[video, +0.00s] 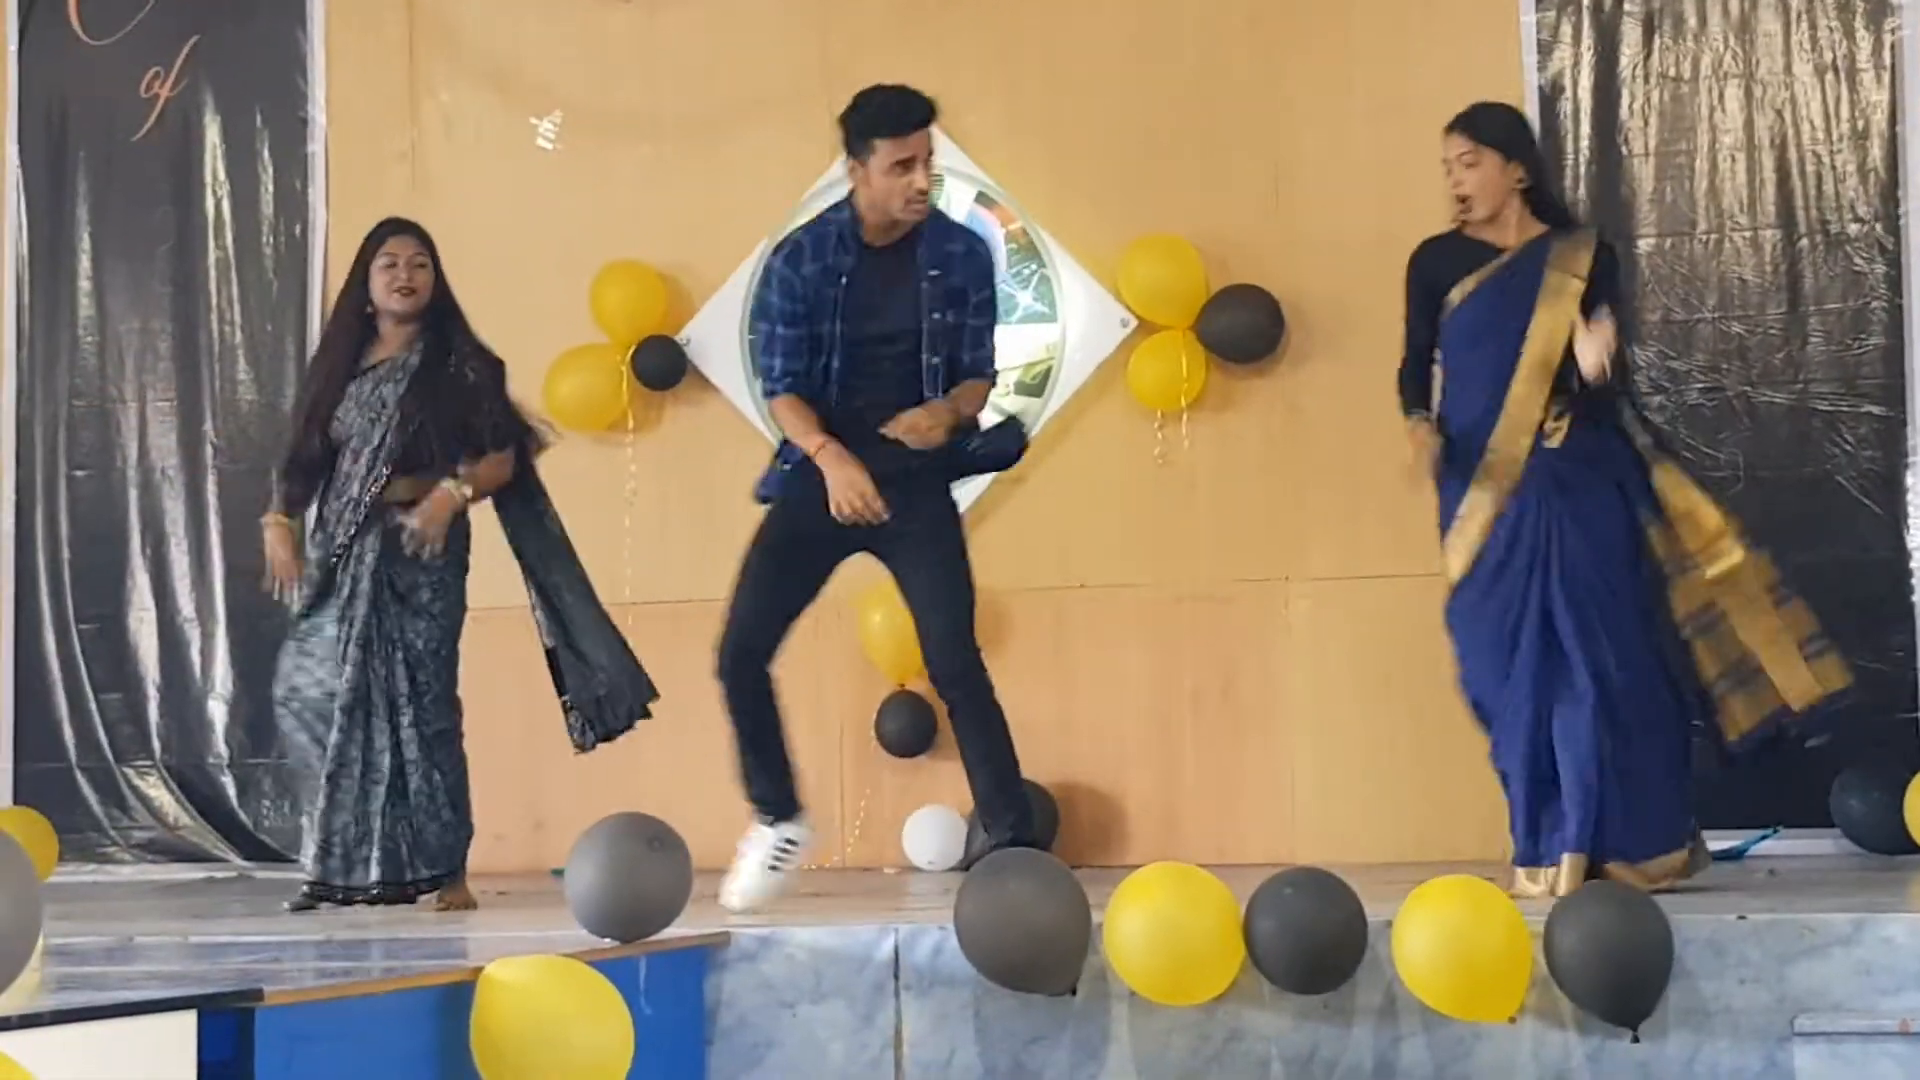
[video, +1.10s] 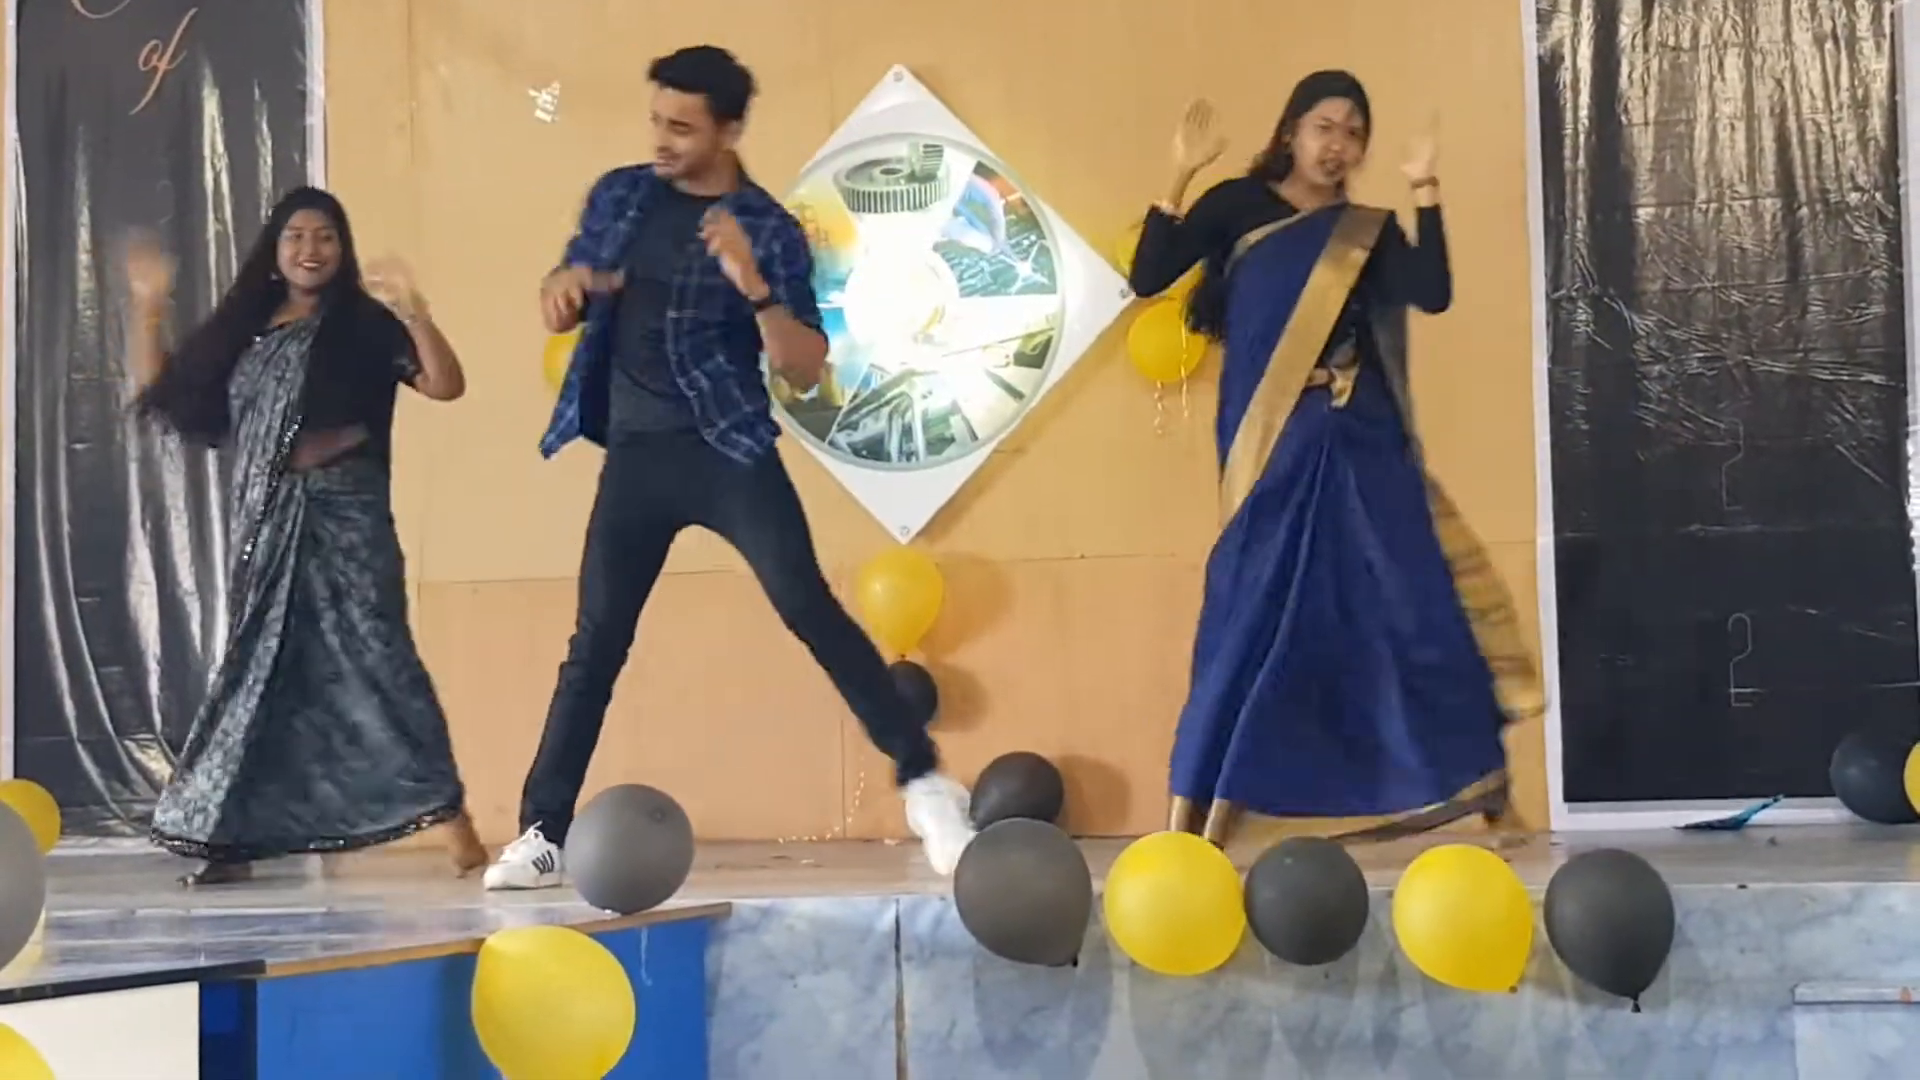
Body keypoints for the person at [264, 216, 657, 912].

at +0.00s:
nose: (405, 275)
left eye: (418, 265)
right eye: (390, 265)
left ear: (435, 280)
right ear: (366, 282)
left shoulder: (464, 365)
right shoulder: (338, 367)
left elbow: (508, 457)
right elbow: (303, 458)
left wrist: (452, 493)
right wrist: (277, 522)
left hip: (422, 551)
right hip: (342, 551)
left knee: (422, 703)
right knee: (322, 692)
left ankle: (443, 869)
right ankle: (350, 864)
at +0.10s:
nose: (392, 273)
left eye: (406, 262)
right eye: (378, 263)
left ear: (428, 274)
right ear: (359, 278)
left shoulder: (462, 359)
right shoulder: (335, 358)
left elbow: (498, 440)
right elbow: (308, 443)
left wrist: (495, 457)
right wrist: (268, 477)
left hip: (422, 544)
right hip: (341, 542)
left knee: (421, 698)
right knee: (281, 676)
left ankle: (444, 870)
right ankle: (306, 837)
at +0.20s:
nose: (374, 265)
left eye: (389, 251)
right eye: (359, 254)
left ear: (414, 261)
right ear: (343, 268)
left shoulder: (454, 344)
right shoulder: (323, 347)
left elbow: (498, 437)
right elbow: (269, 442)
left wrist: (520, 399)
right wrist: (201, 405)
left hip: (413, 533)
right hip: (329, 531)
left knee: (419, 686)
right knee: (283, 673)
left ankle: (451, 863)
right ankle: (263, 841)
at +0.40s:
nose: (320, 287)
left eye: (333, 273)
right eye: (306, 275)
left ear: (358, 277)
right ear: (288, 283)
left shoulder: (390, 347)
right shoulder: (270, 351)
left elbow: (461, 415)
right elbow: (183, 420)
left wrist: (447, 343)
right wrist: (186, 337)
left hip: (373, 535)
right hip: (290, 538)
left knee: (397, 688)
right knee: (275, 692)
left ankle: (450, 857)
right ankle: (240, 861)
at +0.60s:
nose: (274, 284)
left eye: (288, 270)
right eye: (260, 272)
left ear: (313, 275)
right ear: (243, 281)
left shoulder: (352, 345)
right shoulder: (226, 350)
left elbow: (438, 398)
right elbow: (124, 398)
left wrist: (402, 335)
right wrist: (114, 307)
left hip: (342, 535)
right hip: (256, 538)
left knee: (336, 684)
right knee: (247, 689)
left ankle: (343, 836)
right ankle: (239, 855)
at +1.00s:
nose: (284, 254)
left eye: (299, 242)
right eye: (271, 242)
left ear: (321, 256)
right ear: (251, 256)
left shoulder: (347, 331)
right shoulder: (227, 332)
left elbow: (427, 386)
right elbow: (130, 383)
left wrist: (386, 313)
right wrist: (96, 300)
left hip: (336, 518)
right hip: (256, 523)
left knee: (359, 663)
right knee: (240, 673)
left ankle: (412, 809)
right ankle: (226, 843)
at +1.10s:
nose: (311, 248)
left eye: (325, 237)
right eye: (296, 237)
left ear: (343, 250)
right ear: (274, 250)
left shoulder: (364, 323)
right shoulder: (246, 329)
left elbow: (446, 386)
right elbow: (162, 393)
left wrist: (416, 312)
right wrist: (149, 306)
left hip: (348, 516)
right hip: (268, 519)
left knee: (383, 661)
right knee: (256, 668)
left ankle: (452, 814)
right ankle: (229, 839)